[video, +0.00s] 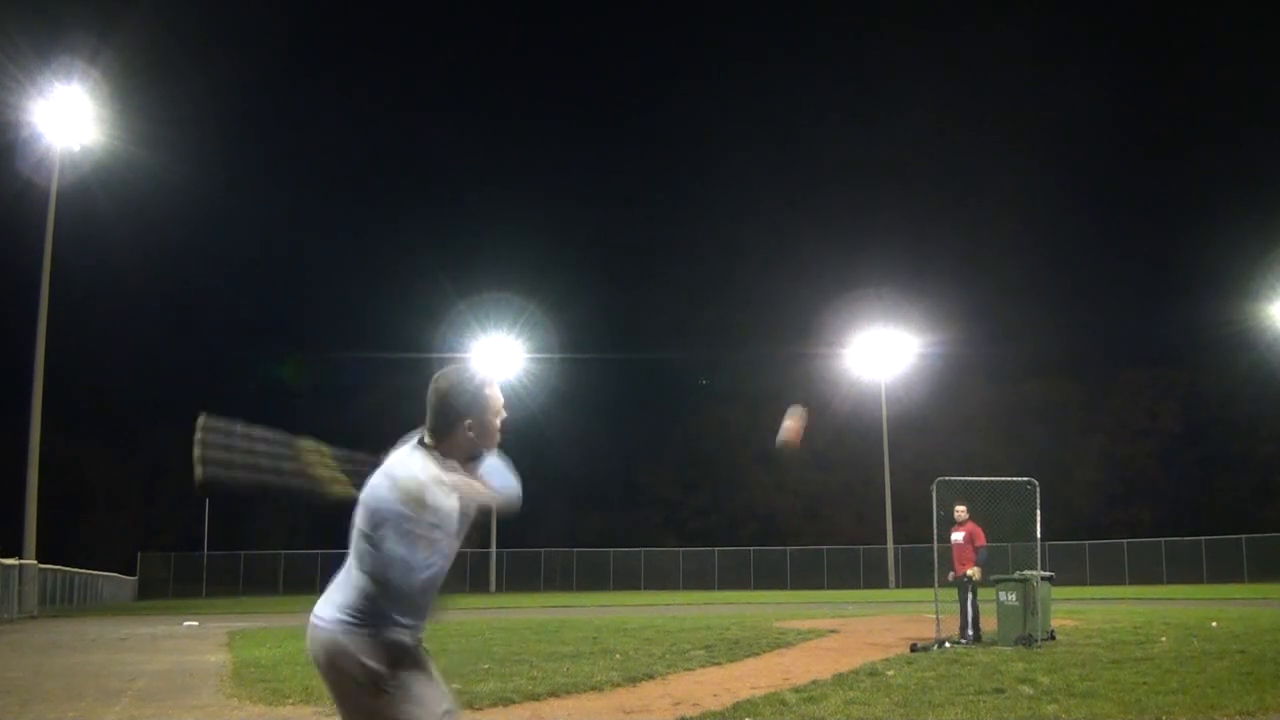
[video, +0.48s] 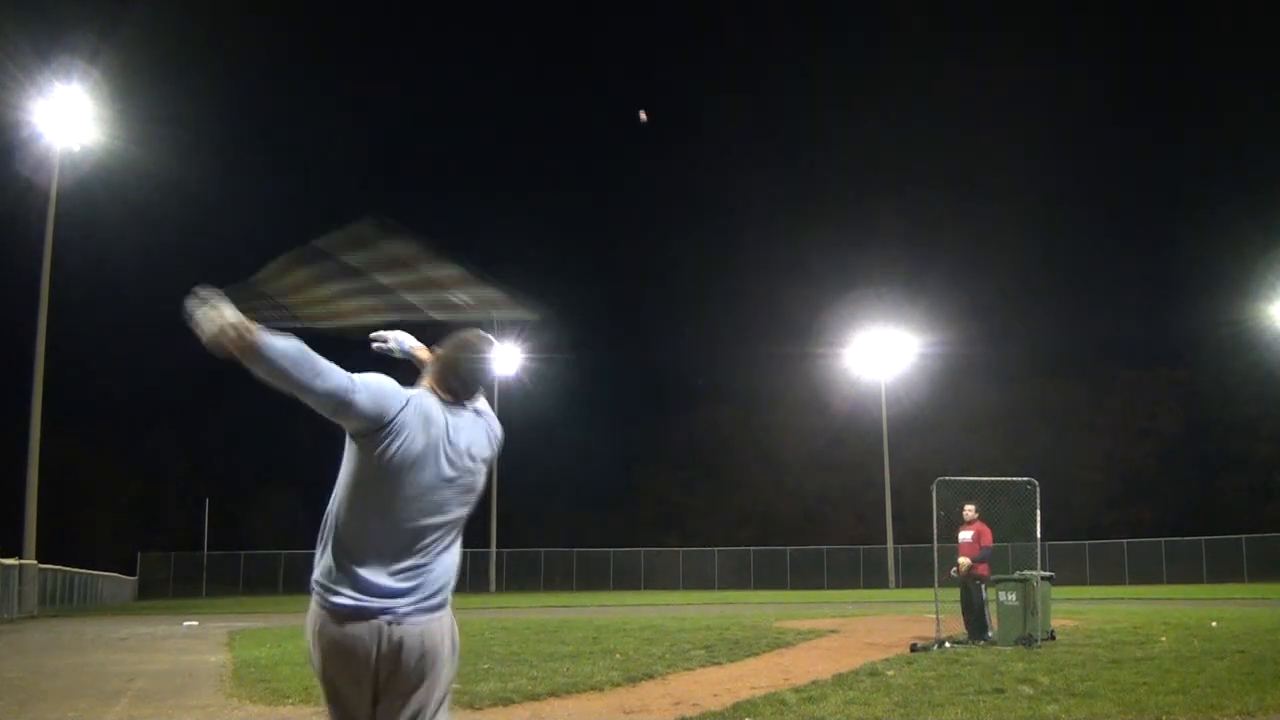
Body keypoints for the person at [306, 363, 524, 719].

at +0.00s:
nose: (505, 420)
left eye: (502, 411)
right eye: (498, 413)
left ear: (468, 427)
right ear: (469, 428)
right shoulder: (413, 484)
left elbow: (510, 492)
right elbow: (415, 583)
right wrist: (463, 506)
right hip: (360, 638)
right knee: (434, 710)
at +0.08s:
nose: (495, 425)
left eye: (497, 416)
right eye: (493, 417)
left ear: (436, 401)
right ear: (467, 425)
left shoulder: (393, 425)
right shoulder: (457, 491)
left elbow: (487, 481)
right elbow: (471, 584)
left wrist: (554, 531)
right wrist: (547, 575)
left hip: (329, 624)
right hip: (388, 640)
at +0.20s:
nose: (515, 426)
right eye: (518, 419)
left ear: (468, 383)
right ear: (510, 422)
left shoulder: (391, 409)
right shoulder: (506, 478)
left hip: (338, 621)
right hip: (416, 642)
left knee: (334, 714)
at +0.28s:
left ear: (472, 393)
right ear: (517, 426)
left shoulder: (397, 415)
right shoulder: (509, 479)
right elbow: (478, 427)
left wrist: (245, 371)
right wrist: (437, 391)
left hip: (342, 628)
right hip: (423, 646)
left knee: (353, 711)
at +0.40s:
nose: (451, 366)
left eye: (455, 363)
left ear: (453, 374)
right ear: (496, 406)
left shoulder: (387, 412)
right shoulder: (496, 453)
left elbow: (297, 368)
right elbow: (465, 403)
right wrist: (424, 358)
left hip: (347, 629)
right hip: (427, 640)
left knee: (354, 714)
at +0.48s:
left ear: (432, 366)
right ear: (476, 392)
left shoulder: (386, 406)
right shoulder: (483, 436)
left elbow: (319, 378)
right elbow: (464, 389)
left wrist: (239, 332)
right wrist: (420, 351)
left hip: (345, 629)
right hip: (426, 631)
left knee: (351, 713)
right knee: (420, 713)